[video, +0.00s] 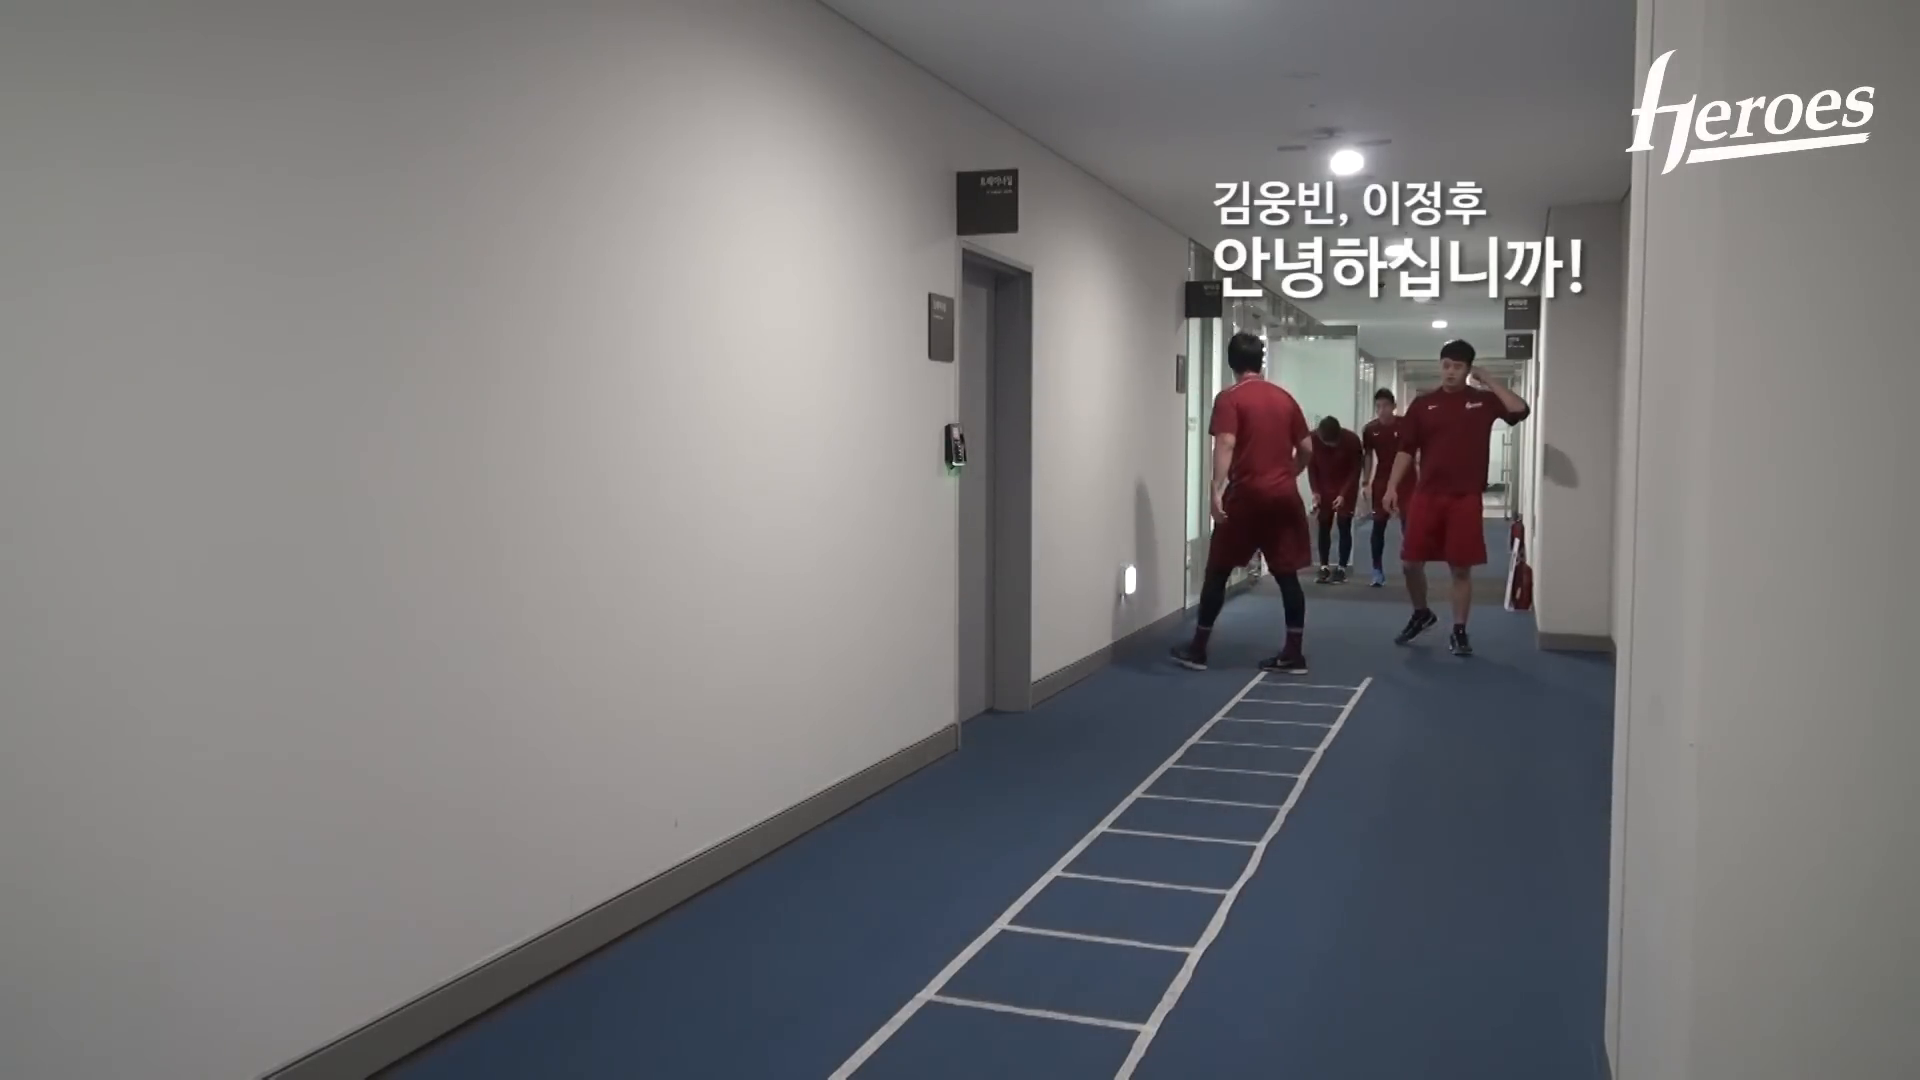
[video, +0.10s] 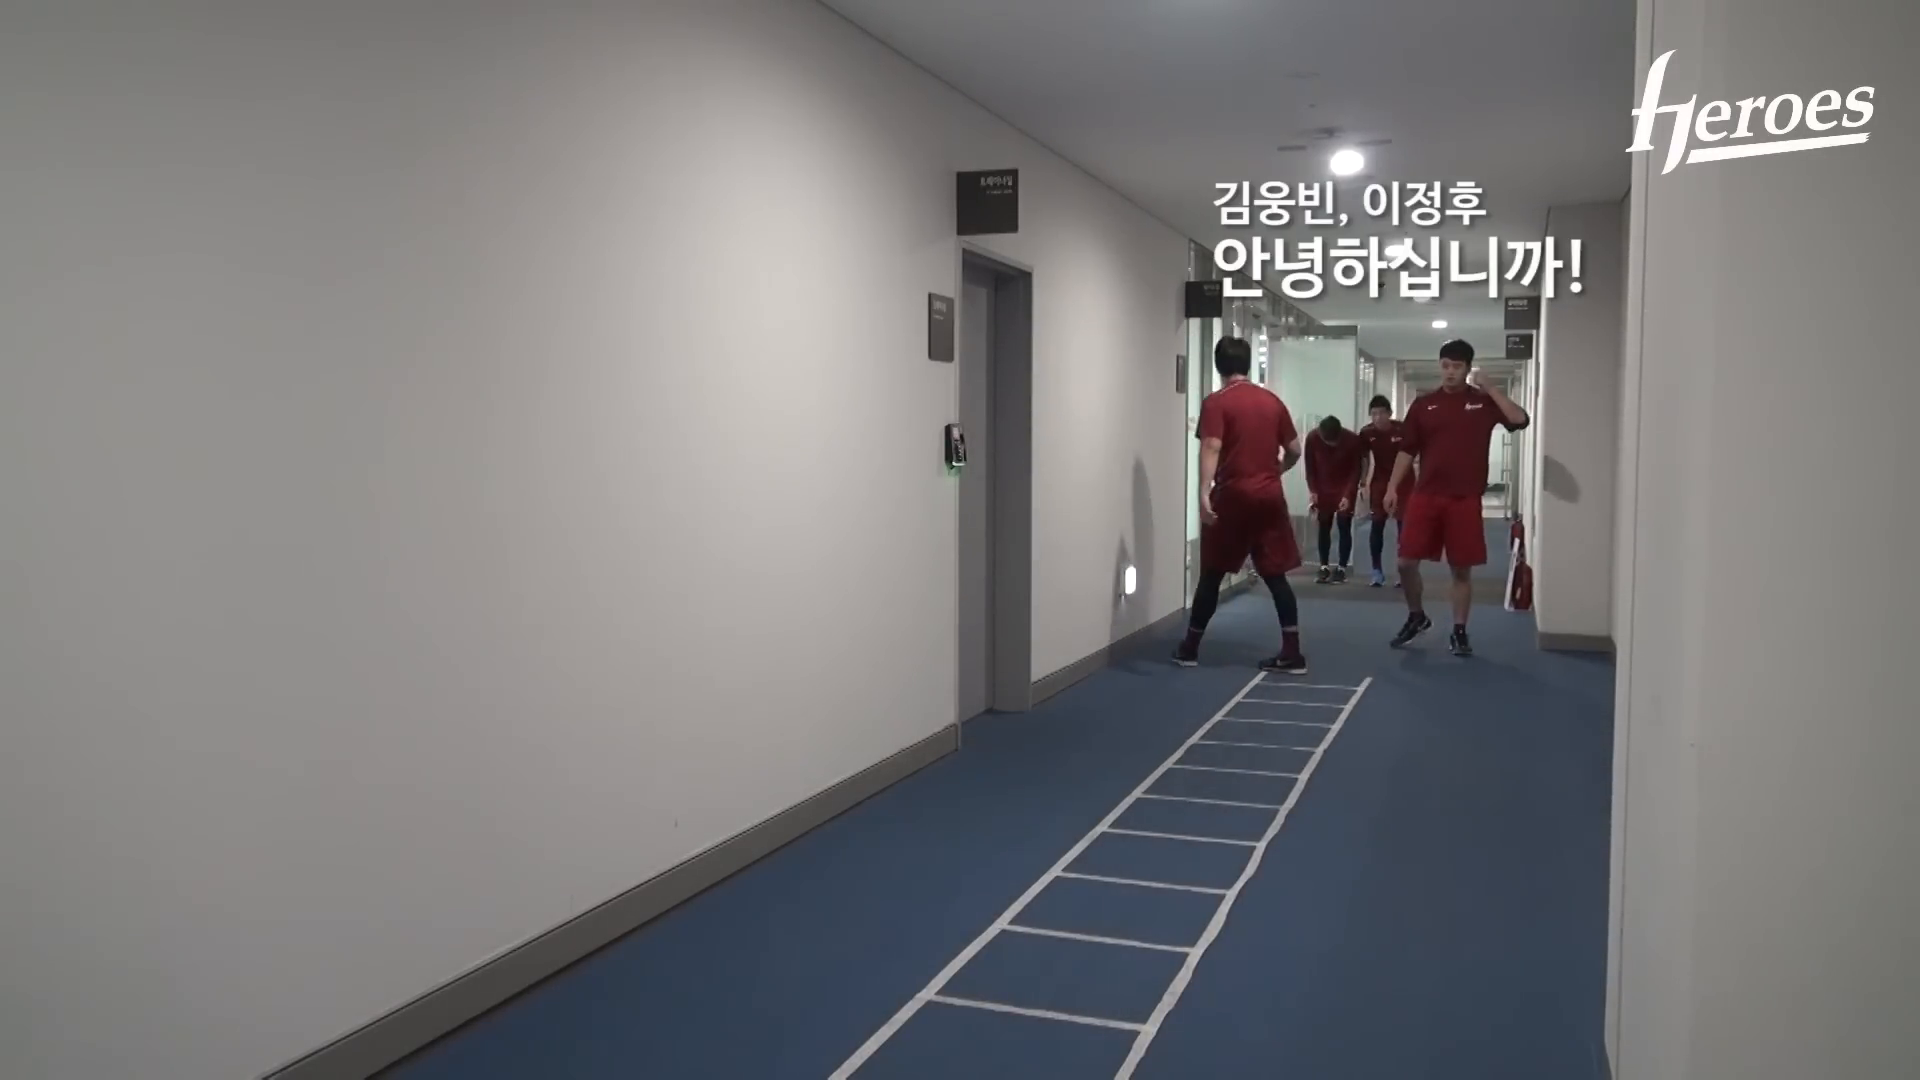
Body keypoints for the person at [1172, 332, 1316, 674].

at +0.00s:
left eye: (1231, 362)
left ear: (1231, 363)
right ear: (1261, 361)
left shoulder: (1229, 398)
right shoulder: (1285, 397)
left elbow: (1226, 442)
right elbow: (1306, 450)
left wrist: (1216, 489)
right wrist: (1286, 475)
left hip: (1245, 498)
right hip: (1284, 498)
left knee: (1217, 571)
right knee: (1287, 573)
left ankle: (1198, 648)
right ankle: (1293, 653)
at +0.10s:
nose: (1218, 372)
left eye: (1217, 366)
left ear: (1219, 367)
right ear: (1248, 366)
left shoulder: (1216, 402)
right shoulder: (1271, 400)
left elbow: (1212, 446)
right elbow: (1294, 450)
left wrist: (1204, 491)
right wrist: (1276, 470)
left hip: (1231, 499)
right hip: (1269, 499)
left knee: (1211, 574)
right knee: (1275, 575)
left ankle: (1189, 648)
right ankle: (1292, 653)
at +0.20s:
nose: (1207, 371)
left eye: (1204, 366)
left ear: (1205, 366)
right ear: (1235, 364)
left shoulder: (1204, 402)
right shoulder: (1260, 398)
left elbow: (1196, 452)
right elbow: (1281, 447)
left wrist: (1187, 499)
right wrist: (1265, 450)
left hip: (1219, 497)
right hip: (1255, 497)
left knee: (1204, 573)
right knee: (1254, 571)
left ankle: (1188, 647)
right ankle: (1284, 643)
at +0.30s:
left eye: (1194, 364)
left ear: (1195, 365)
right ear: (1226, 363)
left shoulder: (1192, 401)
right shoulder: (1251, 396)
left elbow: (1183, 454)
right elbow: (1277, 437)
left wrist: (1173, 499)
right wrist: (1251, 420)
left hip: (1210, 494)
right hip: (1246, 493)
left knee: (1201, 570)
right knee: (1236, 565)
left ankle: (1189, 647)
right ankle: (1267, 625)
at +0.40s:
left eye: (1189, 363)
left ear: (1189, 365)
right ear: (1220, 362)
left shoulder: (1183, 399)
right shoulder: (1244, 394)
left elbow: (1170, 452)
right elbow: (1276, 426)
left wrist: (1164, 492)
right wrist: (1261, 393)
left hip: (1201, 492)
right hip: (1239, 491)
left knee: (1197, 570)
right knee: (1230, 559)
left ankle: (1188, 647)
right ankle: (1247, 620)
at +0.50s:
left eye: (1186, 365)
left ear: (1189, 366)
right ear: (1219, 364)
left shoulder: (1179, 398)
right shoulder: (1241, 394)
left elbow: (1162, 447)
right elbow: (1270, 409)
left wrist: (1161, 484)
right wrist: (1253, 374)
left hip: (1194, 493)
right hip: (1233, 492)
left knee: (1193, 569)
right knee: (1230, 559)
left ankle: (1188, 647)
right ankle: (1233, 630)